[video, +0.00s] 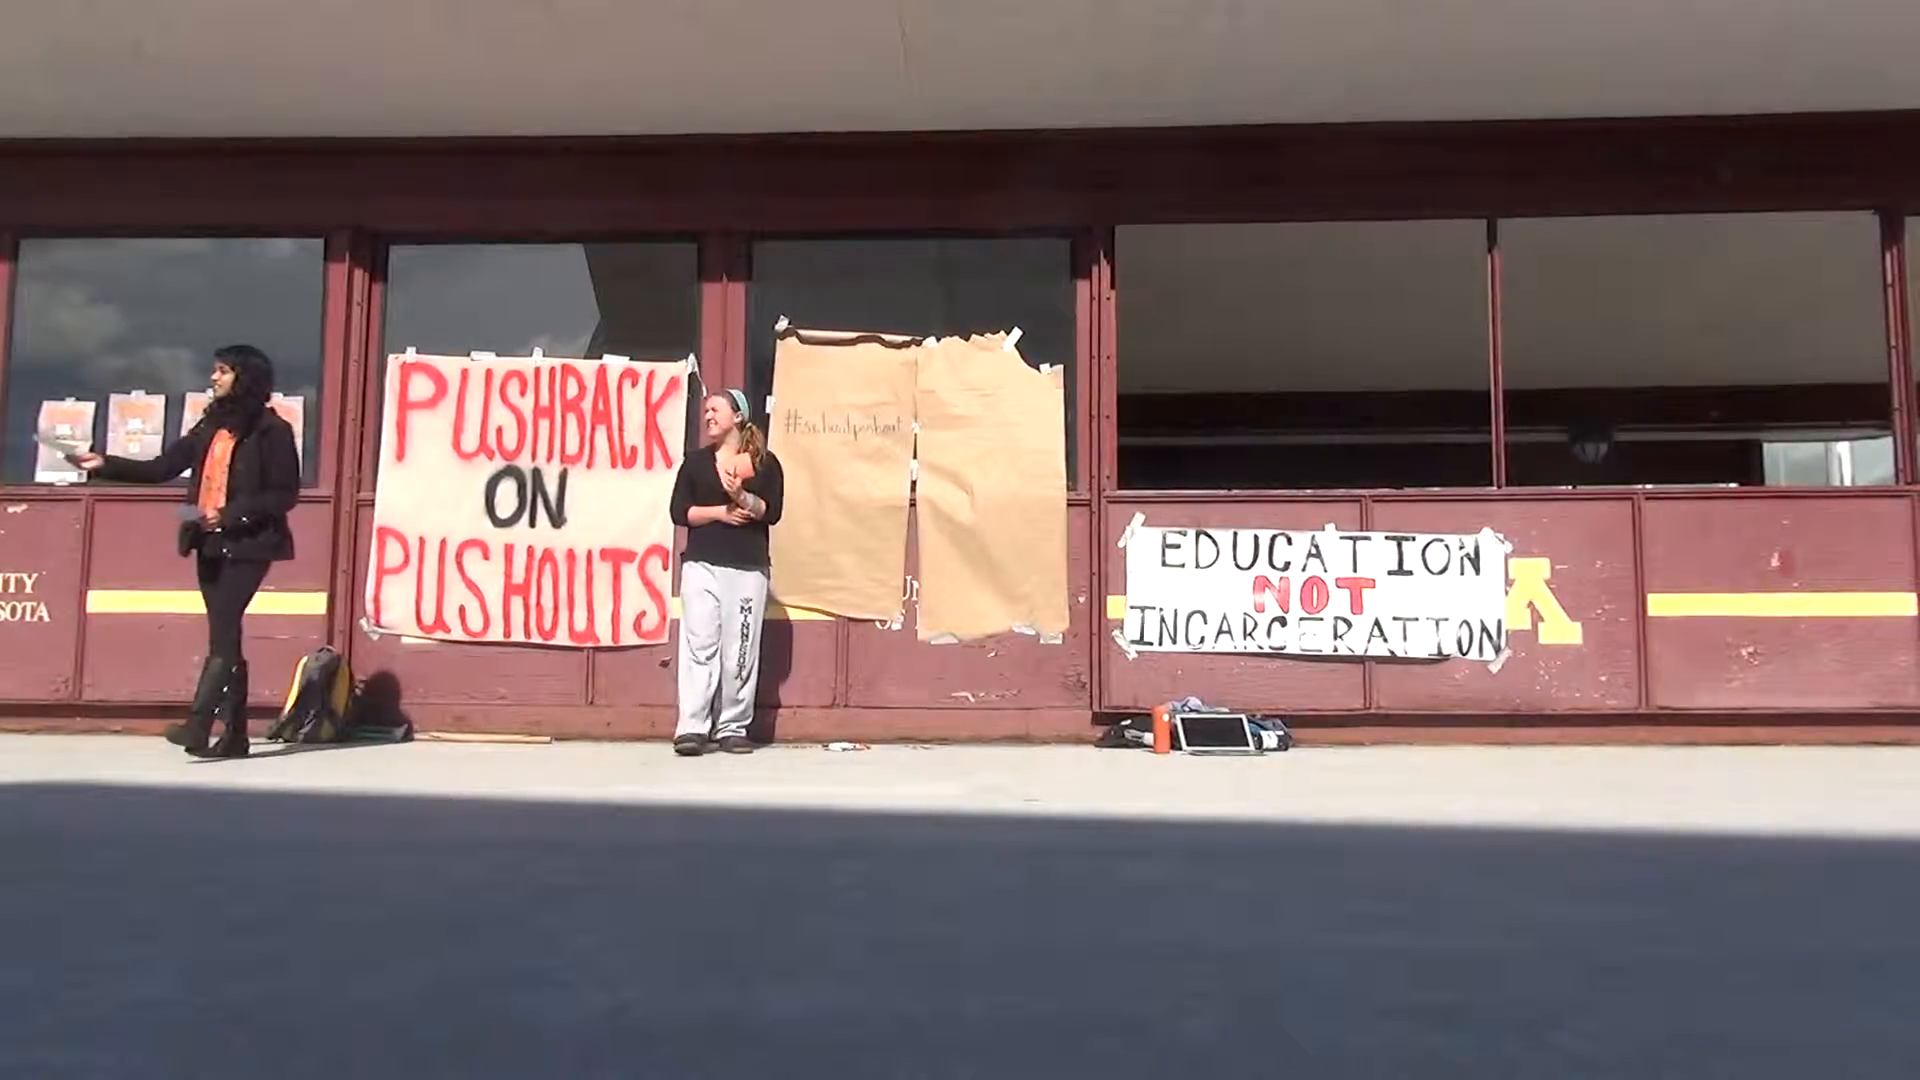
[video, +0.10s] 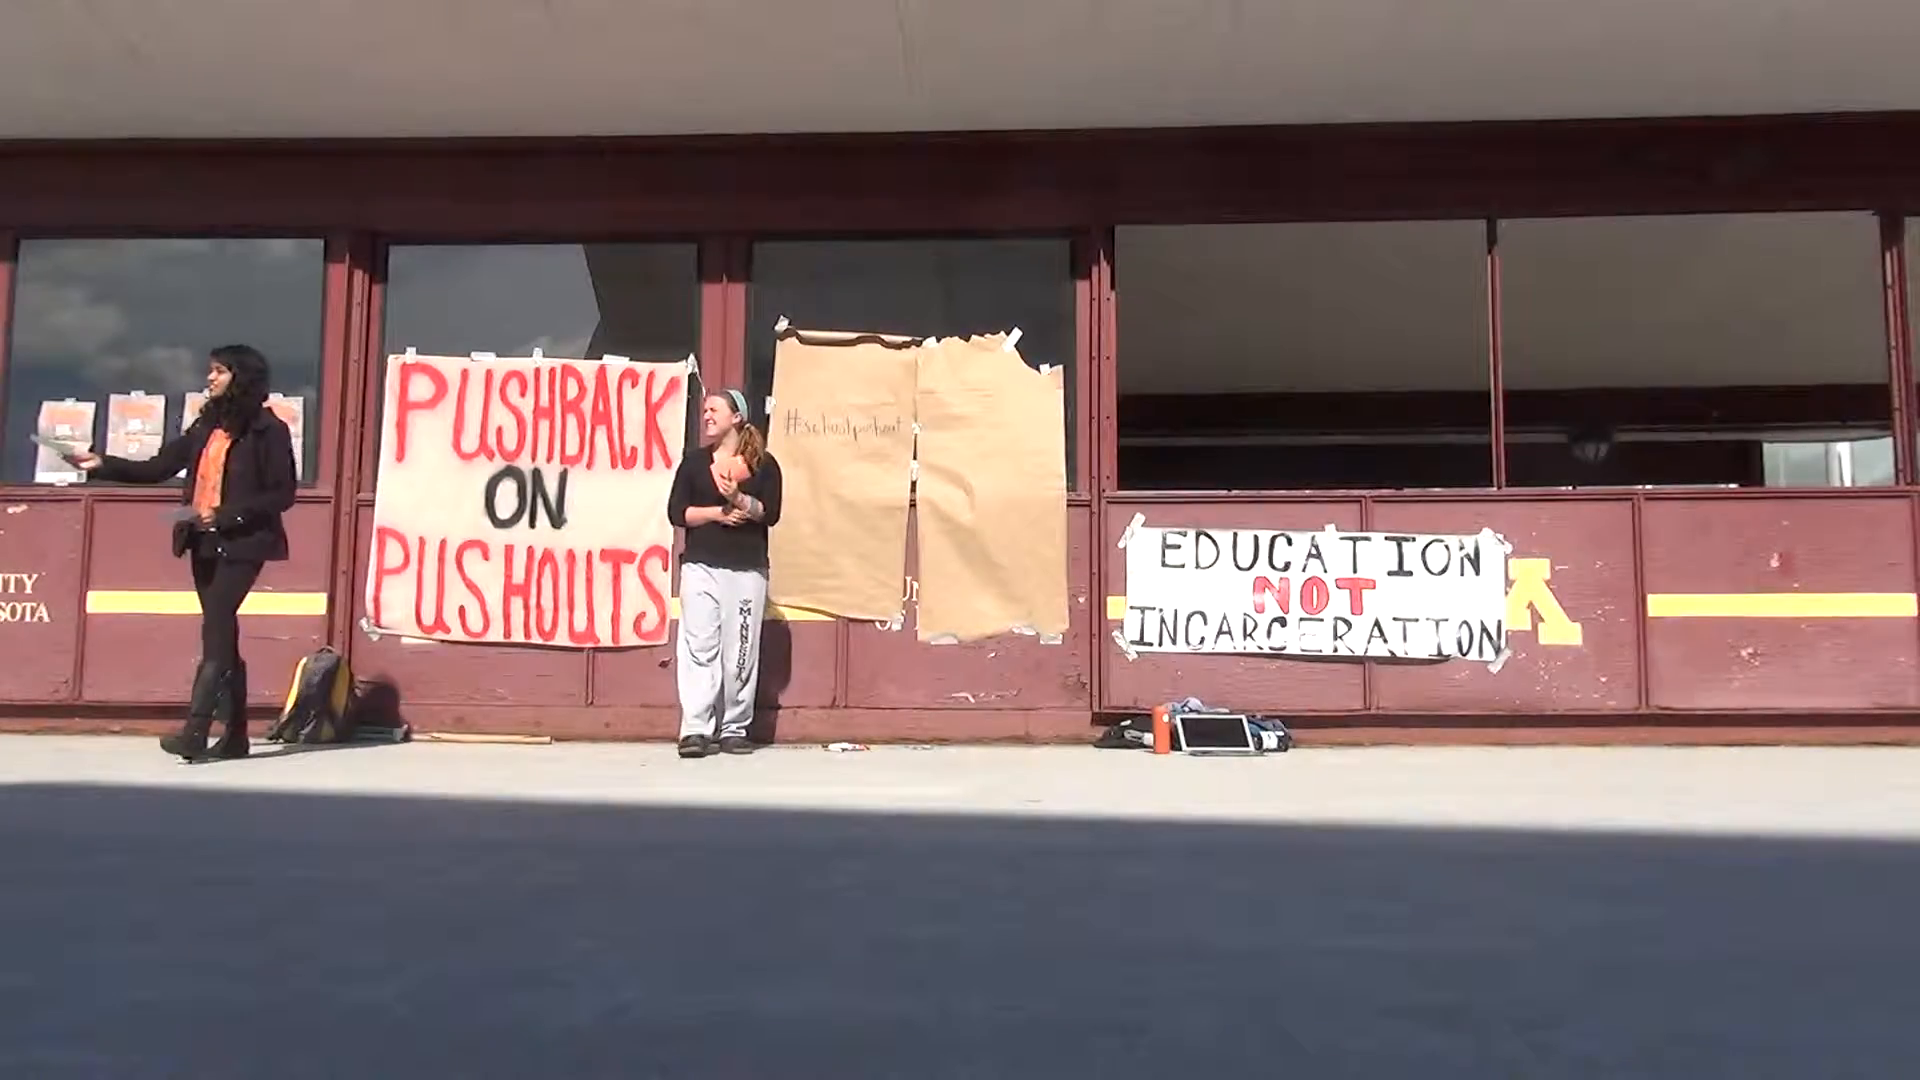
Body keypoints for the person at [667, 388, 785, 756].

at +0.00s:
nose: (708, 416)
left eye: (715, 410)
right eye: (707, 411)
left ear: (738, 416)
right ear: (709, 416)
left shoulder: (765, 462)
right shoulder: (695, 461)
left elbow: (772, 514)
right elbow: (679, 512)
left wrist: (739, 494)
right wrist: (718, 513)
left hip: (747, 566)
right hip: (701, 563)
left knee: (740, 647)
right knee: (699, 646)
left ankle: (733, 728)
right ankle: (691, 728)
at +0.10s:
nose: (706, 416)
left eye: (714, 410)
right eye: (706, 410)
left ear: (737, 417)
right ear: (706, 417)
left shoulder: (764, 463)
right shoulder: (694, 459)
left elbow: (770, 515)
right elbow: (676, 513)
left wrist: (739, 497)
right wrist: (716, 513)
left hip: (746, 568)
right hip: (700, 565)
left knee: (741, 647)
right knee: (700, 646)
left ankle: (734, 730)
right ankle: (695, 730)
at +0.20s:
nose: (703, 414)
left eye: (711, 409)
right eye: (702, 409)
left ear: (734, 416)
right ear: (702, 415)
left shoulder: (760, 463)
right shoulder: (689, 461)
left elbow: (770, 514)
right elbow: (673, 512)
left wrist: (744, 503)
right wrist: (712, 512)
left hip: (744, 566)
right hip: (697, 563)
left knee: (738, 647)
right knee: (697, 647)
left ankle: (733, 730)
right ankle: (696, 732)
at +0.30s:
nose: (699, 412)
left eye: (708, 406)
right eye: (699, 406)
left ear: (730, 413)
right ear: (698, 413)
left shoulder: (756, 460)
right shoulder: (684, 458)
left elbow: (768, 512)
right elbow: (667, 510)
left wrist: (741, 501)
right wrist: (707, 506)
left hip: (740, 564)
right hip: (692, 561)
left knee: (737, 646)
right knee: (694, 647)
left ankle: (734, 729)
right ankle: (695, 733)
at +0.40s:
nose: (696, 410)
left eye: (704, 405)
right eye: (695, 405)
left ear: (727, 412)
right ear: (693, 413)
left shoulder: (752, 459)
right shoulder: (679, 457)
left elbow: (766, 512)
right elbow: (662, 508)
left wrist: (739, 501)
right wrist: (705, 506)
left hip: (737, 564)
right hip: (689, 562)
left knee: (738, 647)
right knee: (690, 648)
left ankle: (734, 727)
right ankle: (695, 733)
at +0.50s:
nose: (695, 410)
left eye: (703, 404)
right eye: (694, 404)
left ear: (726, 412)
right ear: (692, 412)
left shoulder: (750, 458)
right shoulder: (678, 457)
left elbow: (763, 513)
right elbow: (660, 507)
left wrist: (737, 502)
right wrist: (705, 508)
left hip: (735, 563)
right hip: (687, 562)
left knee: (743, 646)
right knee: (689, 648)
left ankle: (735, 723)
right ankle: (695, 733)